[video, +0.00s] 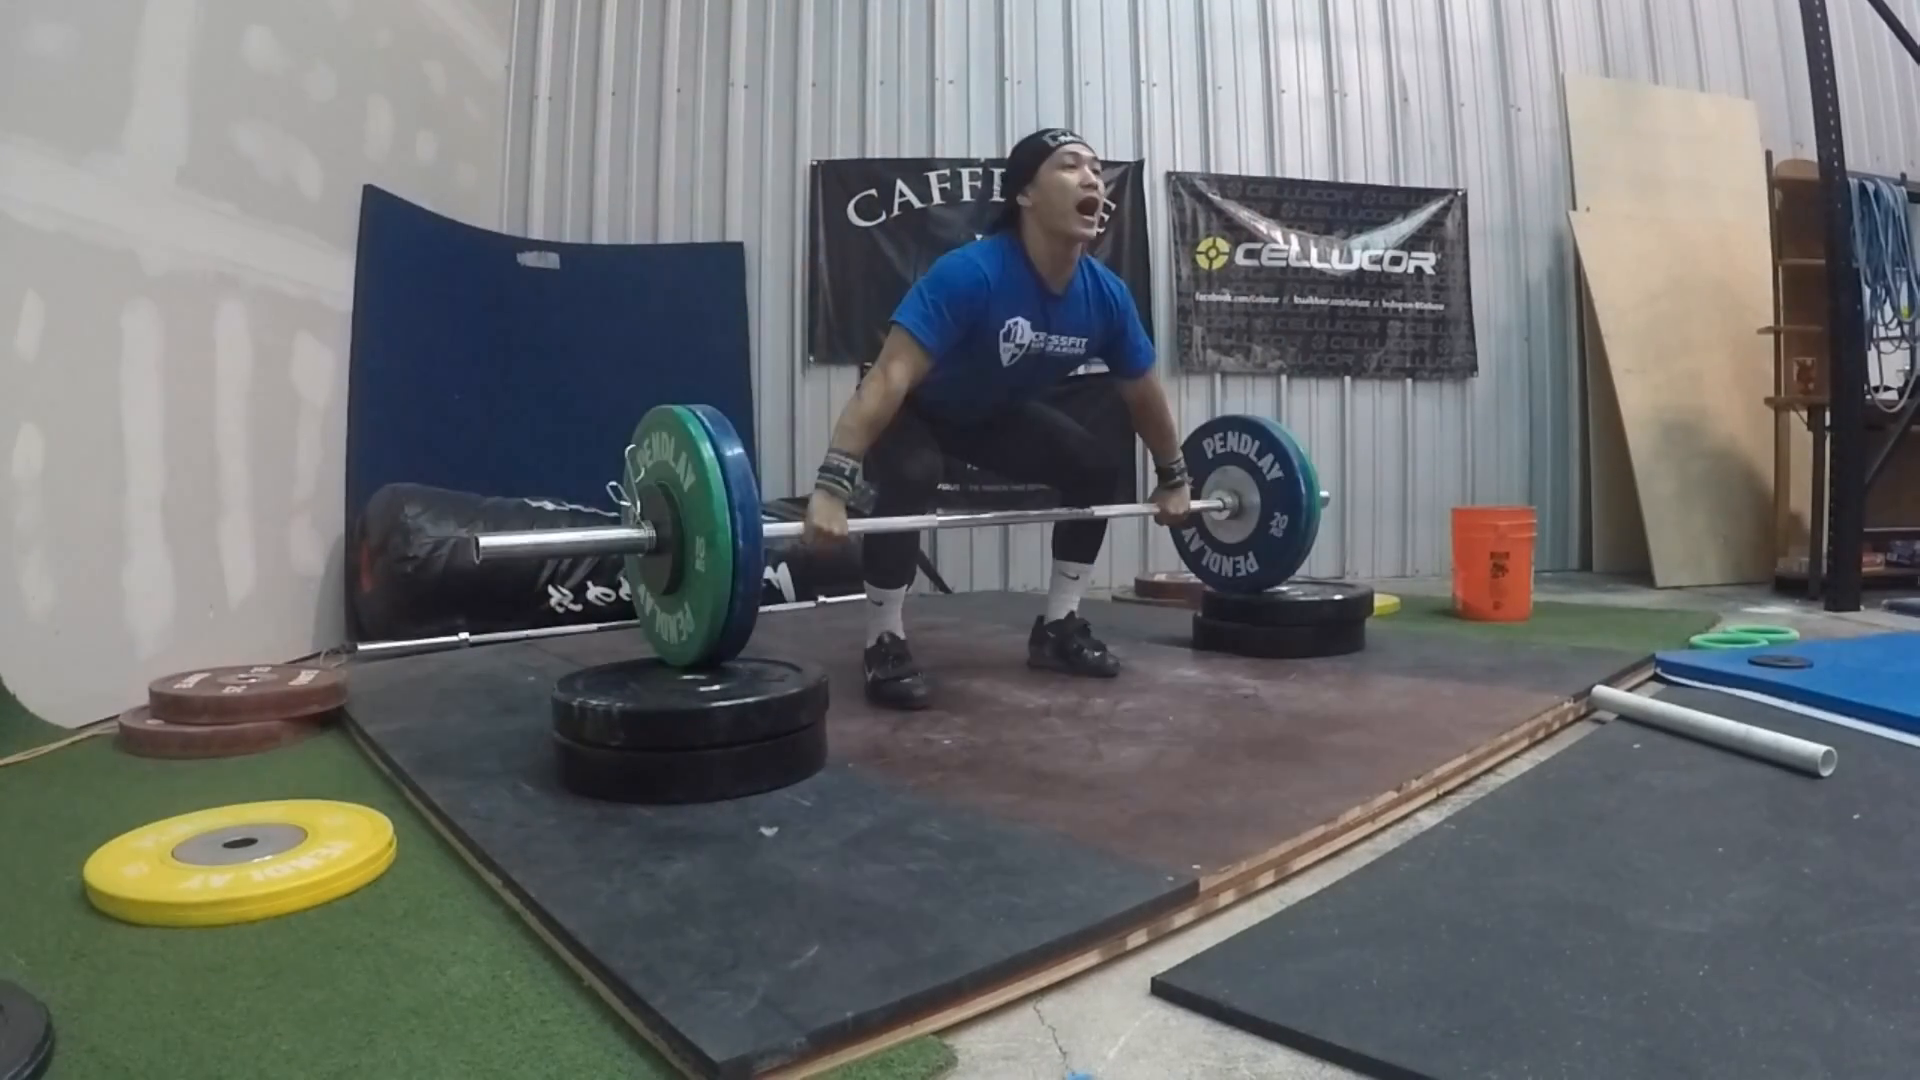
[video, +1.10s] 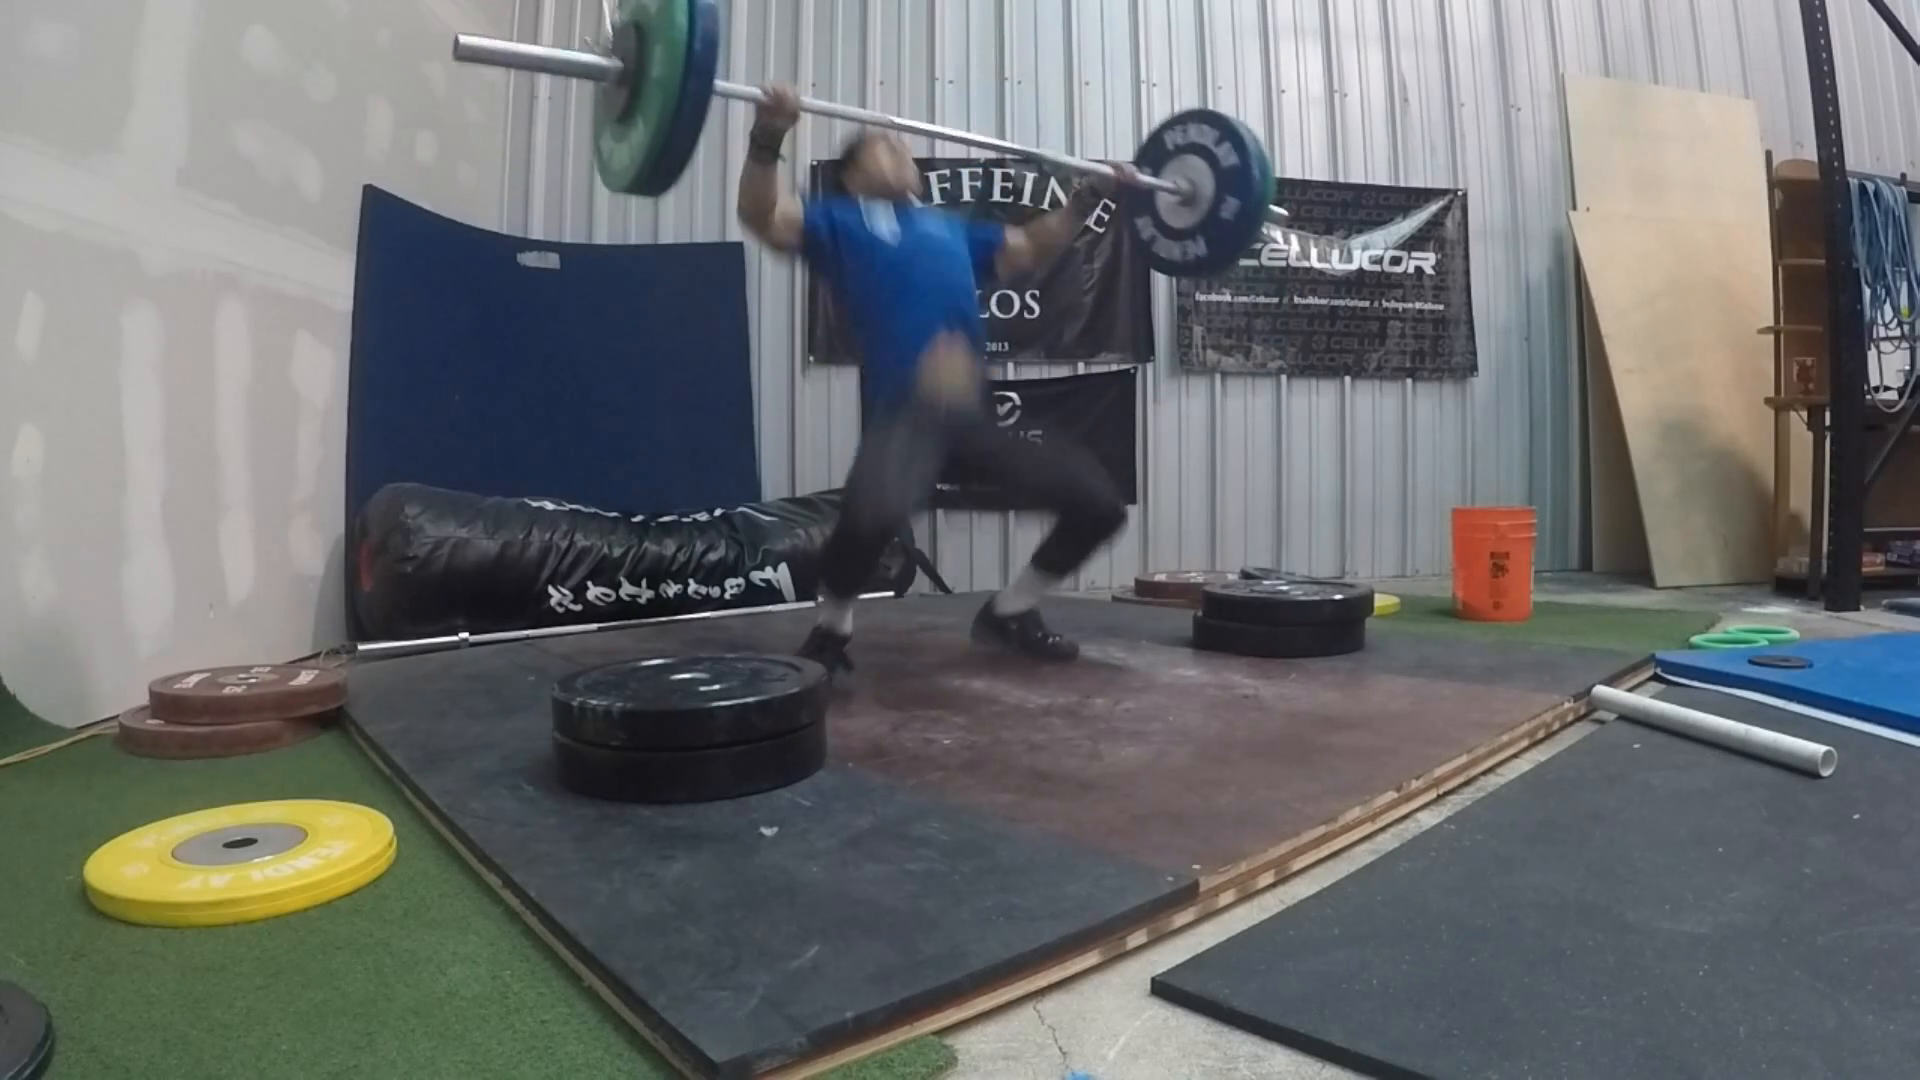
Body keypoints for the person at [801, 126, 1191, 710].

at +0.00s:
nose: (1093, 179)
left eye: (1098, 170)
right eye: (1071, 166)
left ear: (1103, 200)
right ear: (1026, 195)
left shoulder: (1108, 298)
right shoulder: (968, 274)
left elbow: (1143, 390)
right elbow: (889, 374)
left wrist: (1173, 475)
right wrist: (833, 482)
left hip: (996, 417)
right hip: (913, 414)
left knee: (1096, 465)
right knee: (911, 473)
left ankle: (1059, 625)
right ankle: (887, 642)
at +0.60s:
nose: (1080, 113)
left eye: (1083, 102)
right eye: (1060, 102)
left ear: (1091, 124)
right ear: (1016, 129)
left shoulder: (1084, 227)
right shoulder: (959, 202)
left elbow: (1124, 319)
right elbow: (868, 288)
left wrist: (1155, 411)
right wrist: (826, 398)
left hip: (978, 362)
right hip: (896, 356)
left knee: (1056, 451)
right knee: (896, 461)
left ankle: (1058, 625)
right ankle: (884, 642)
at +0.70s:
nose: (1061, 61)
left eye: (1063, 52)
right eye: (1041, 50)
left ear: (1065, 80)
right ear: (997, 75)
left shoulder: (1070, 175)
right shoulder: (946, 154)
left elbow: (1113, 267)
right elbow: (854, 220)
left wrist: (1146, 361)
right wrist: (821, 330)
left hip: (990, 342)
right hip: (903, 335)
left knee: (1053, 455)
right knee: (899, 466)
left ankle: (1058, 624)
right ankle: (885, 642)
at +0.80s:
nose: (995, 20)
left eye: (997, 16)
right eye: (975, 15)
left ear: (1005, 48)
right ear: (940, 46)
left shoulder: (1039, 132)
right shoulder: (914, 113)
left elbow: (1091, 217)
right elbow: (828, 165)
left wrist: (1135, 303)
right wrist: (807, 261)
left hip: (1018, 332)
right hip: (930, 328)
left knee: (1098, 456)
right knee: (926, 454)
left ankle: (1066, 617)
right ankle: (890, 636)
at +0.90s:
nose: (921, 25)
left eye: (923, 23)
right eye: (901, 24)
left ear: (932, 51)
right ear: (873, 54)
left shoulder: (988, 116)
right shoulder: (868, 88)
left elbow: (1053, 181)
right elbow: (806, 133)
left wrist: (1123, 236)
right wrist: (802, 188)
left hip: (1014, 276)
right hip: (933, 268)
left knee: (1060, 424)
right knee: (924, 424)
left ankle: (1080, 605)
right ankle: (891, 630)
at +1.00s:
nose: (882, 81)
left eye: (887, 78)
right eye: (866, 79)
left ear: (901, 99)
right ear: (841, 104)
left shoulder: (939, 151)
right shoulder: (835, 139)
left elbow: (1025, 197)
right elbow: (768, 165)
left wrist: (1112, 201)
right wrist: (783, 147)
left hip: (987, 302)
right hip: (922, 301)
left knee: (1069, 442)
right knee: (906, 446)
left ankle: (1035, 600)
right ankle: (849, 620)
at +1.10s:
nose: (898, 152)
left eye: (901, 147)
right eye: (881, 147)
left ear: (911, 170)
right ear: (853, 172)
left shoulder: (949, 228)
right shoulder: (840, 222)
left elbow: (1026, 251)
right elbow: (760, 214)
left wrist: (1091, 195)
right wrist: (768, 136)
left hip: (975, 419)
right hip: (904, 421)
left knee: (1098, 504)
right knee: (870, 519)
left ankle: (1012, 610)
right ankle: (831, 628)